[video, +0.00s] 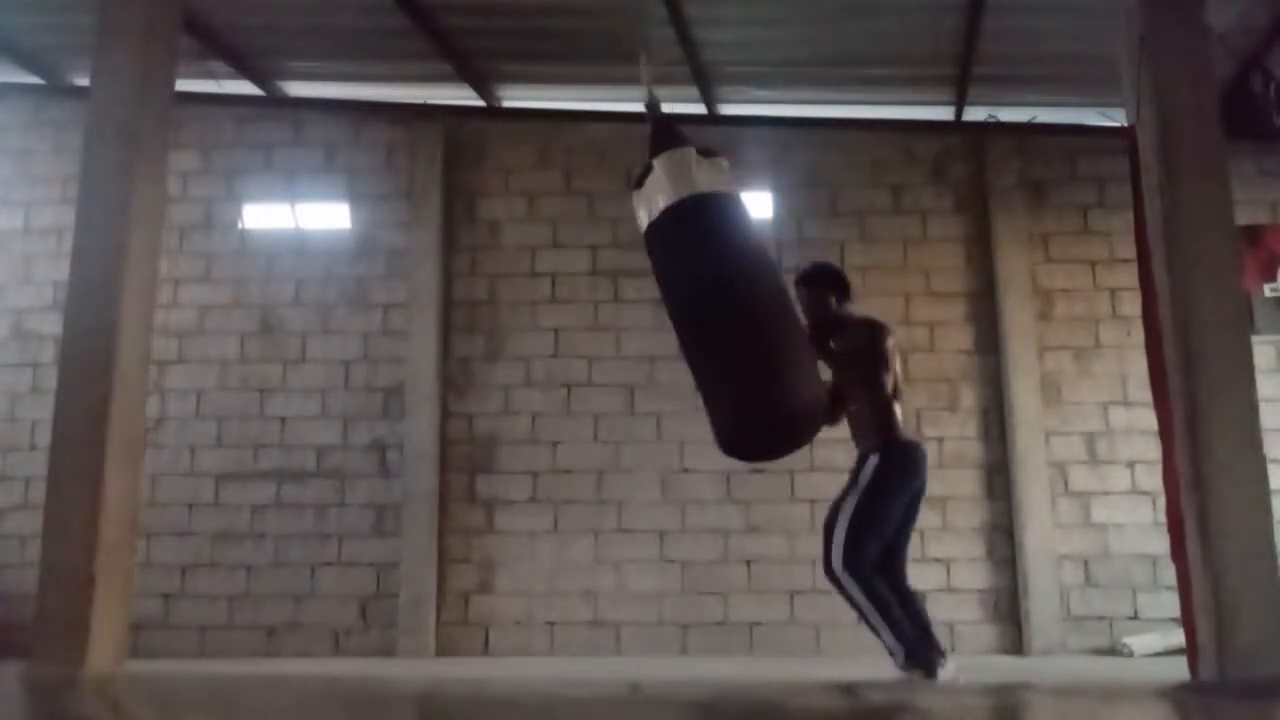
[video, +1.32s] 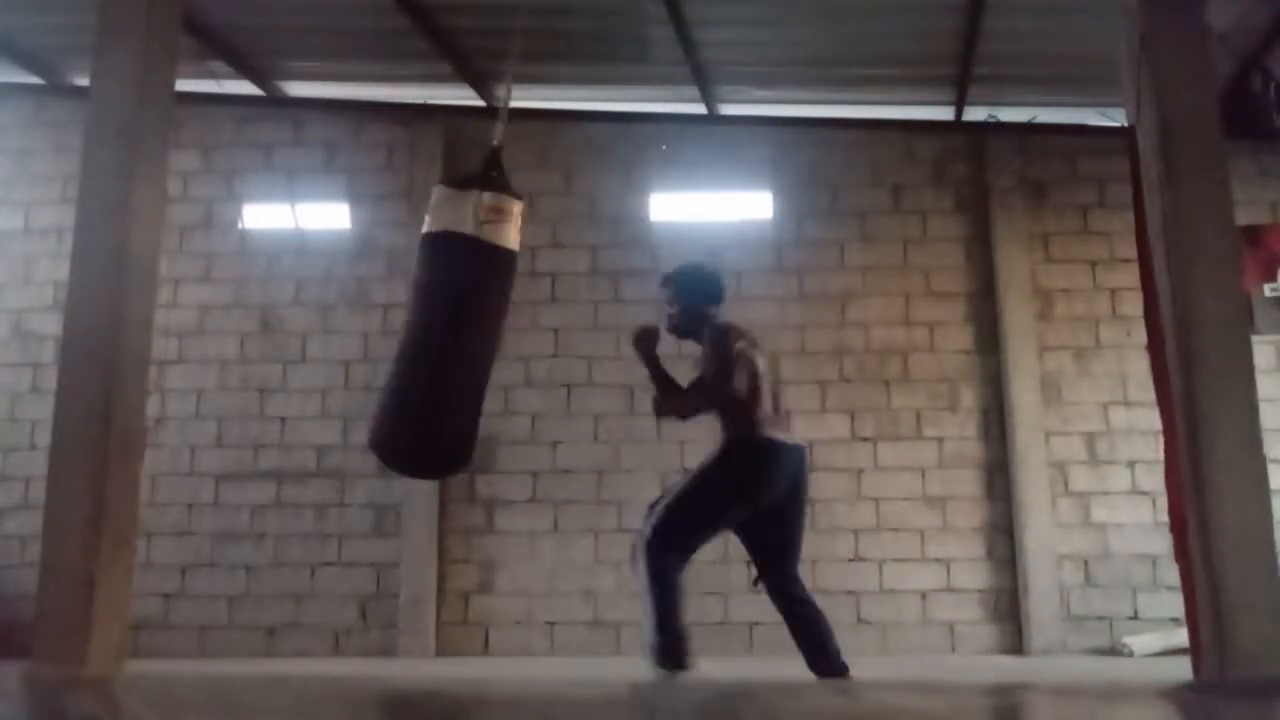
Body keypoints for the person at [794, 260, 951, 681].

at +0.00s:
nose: (804, 309)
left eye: (809, 299)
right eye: (801, 300)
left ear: (832, 297)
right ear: (822, 301)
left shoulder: (867, 330)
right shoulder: (843, 345)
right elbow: (830, 412)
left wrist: (816, 347)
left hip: (886, 460)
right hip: (903, 459)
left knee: (843, 561)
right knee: (886, 566)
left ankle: (917, 660)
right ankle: (929, 658)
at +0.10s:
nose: (795, 288)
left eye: (800, 279)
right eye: (792, 280)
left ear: (823, 277)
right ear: (814, 281)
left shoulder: (854, 310)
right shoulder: (831, 327)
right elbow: (822, 393)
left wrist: (806, 333)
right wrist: (793, 346)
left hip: (879, 437)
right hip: (891, 437)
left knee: (843, 544)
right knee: (892, 553)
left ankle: (894, 657)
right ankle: (939, 663)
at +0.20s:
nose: (791, 293)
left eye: (798, 283)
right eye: (788, 284)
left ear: (821, 282)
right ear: (797, 288)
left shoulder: (857, 316)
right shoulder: (816, 334)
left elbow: (878, 375)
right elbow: (806, 398)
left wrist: (819, 338)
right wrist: (787, 344)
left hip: (879, 442)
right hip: (877, 444)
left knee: (846, 547)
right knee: (892, 558)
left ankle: (853, 671)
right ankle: (950, 666)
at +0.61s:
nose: (738, 293)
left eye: (743, 282)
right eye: (736, 282)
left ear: (767, 281)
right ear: (768, 285)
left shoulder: (806, 314)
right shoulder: (772, 334)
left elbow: (816, 365)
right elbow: (757, 398)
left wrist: (764, 334)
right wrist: (733, 350)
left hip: (830, 447)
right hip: (840, 447)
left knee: (790, 561)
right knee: (832, 566)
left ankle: (796, 672)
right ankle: (921, 660)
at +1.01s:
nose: (692, 298)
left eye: (699, 287)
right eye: (692, 288)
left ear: (722, 288)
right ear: (728, 290)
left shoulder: (765, 323)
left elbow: (751, 386)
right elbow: (738, 411)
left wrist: (705, 338)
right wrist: (695, 382)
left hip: (791, 453)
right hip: (807, 452)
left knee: (744, 565)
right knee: (809, 578)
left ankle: (748, 680)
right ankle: (896, 669)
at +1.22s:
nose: (677, 305)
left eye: (684, 295)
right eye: (676, 295)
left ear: (708, 293)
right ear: (708, 295)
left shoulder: (744, 326)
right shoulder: (721, 343)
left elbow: (716, 392)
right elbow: (688, 398)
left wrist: (657, 344)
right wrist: (651, 382)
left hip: (777, 455)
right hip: (794, 456)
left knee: (708, 553)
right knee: (780, 575)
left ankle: (723, 676)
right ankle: (837, 680)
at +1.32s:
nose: (666, 313)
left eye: (672, 303)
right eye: (667, 303)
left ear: (696, 304)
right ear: (705, 305)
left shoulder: (724, 341)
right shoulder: (741, 343)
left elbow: (682, 402)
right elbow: (686, 404)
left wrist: (648, 356)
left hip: (750, 459)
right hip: (785, 460)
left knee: (663, 546)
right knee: (782, 578)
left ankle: (671, 664)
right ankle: (836, 679)